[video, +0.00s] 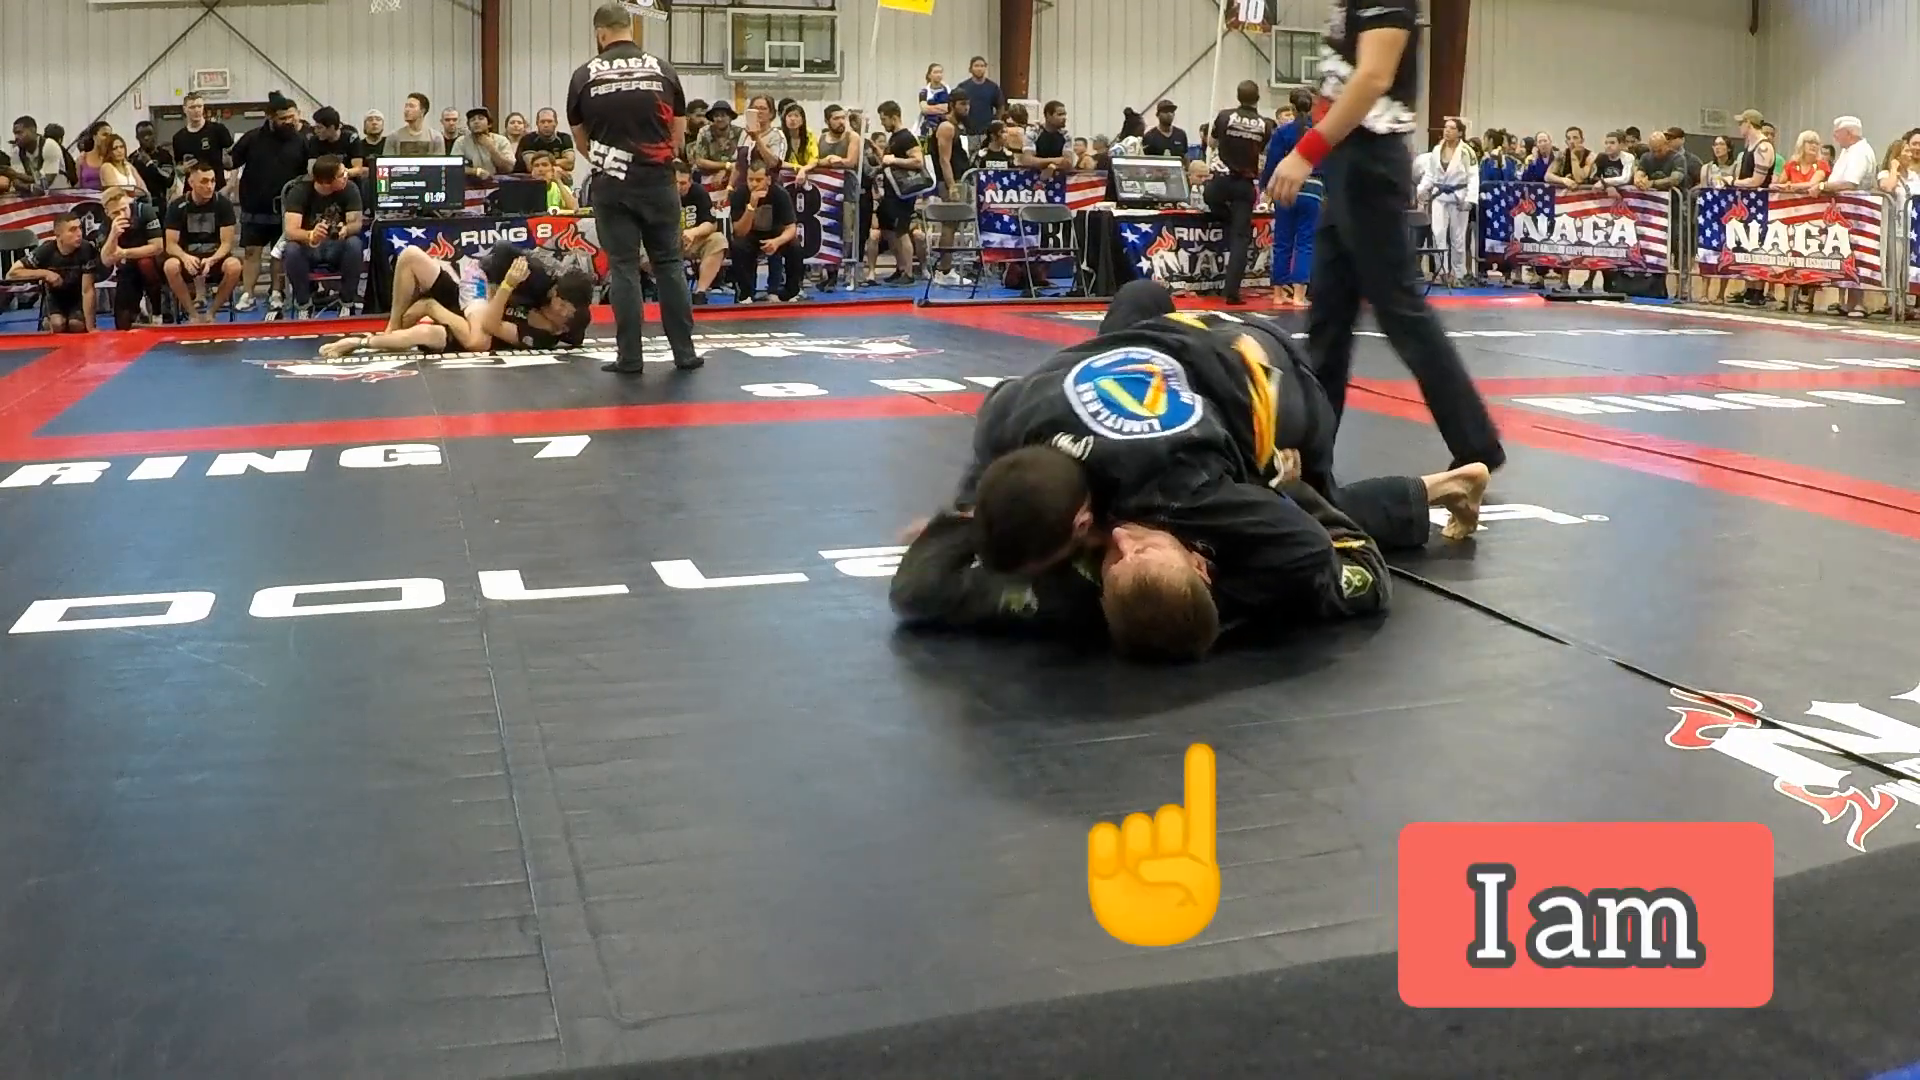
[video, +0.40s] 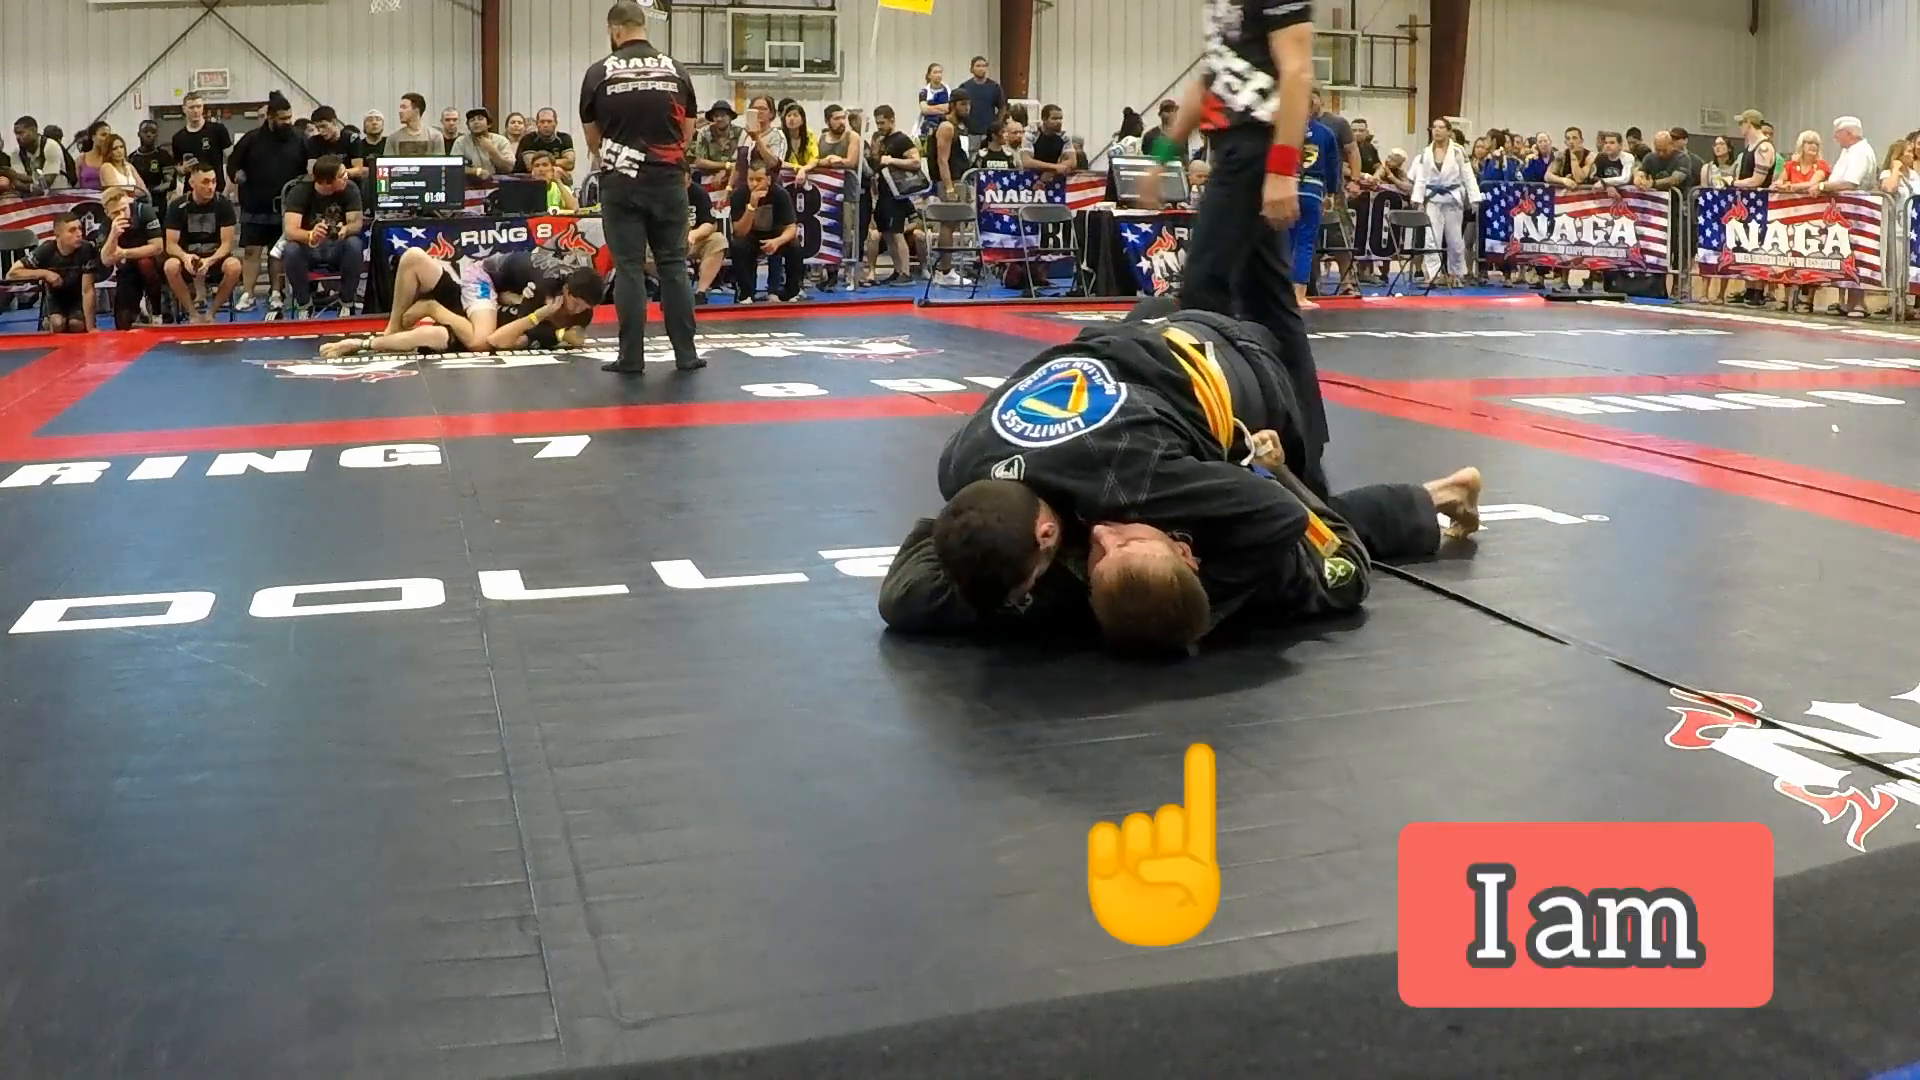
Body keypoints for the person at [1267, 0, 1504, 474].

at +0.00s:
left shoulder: (1386, 5)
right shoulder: (1356, 10)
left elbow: (1374, 76)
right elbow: (1359, 77)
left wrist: (1305, 152)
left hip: (1373, 154)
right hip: (1350, 153)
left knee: (1400, 309)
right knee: (1329, 314)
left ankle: (1478, 447)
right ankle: (1307, 456)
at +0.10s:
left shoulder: (1352, 5)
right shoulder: (1321, 11)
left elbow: (1348, 79)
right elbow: (1320, 79)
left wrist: (1301, 167)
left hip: (1338, 152)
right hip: (1313, 153)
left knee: (1333, 300)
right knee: (1299, 318)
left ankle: (1450, 425)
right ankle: (1305, 466)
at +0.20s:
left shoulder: (1332, 3)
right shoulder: (1291, 8)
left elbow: (1333, 78)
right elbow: (1294, 79)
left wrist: (1301, 173)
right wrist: (1273, 171)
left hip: (1313, 152)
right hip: (1289, 150)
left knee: (1294, 309)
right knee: (1290, 315)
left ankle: (1414, 405)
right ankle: (1306, 467)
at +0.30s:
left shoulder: (1307, 5)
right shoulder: (1254, 8)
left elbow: (1317, 75)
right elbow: (1252, 84)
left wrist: (1296, 171)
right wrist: (1228, 171)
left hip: (1280, 145)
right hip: (1260, 144)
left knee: (1243, 289)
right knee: (1278, 292)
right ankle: (1303, 428)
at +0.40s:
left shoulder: (1278, 6)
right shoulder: (1232, 10)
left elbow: (1298, 69)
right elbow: (1213, 70)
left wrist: (1284, 168)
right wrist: (1167, 149)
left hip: (1257, 146)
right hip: (1235, 145)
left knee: (1201, 296)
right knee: (1272, 311)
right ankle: (1304, 463)